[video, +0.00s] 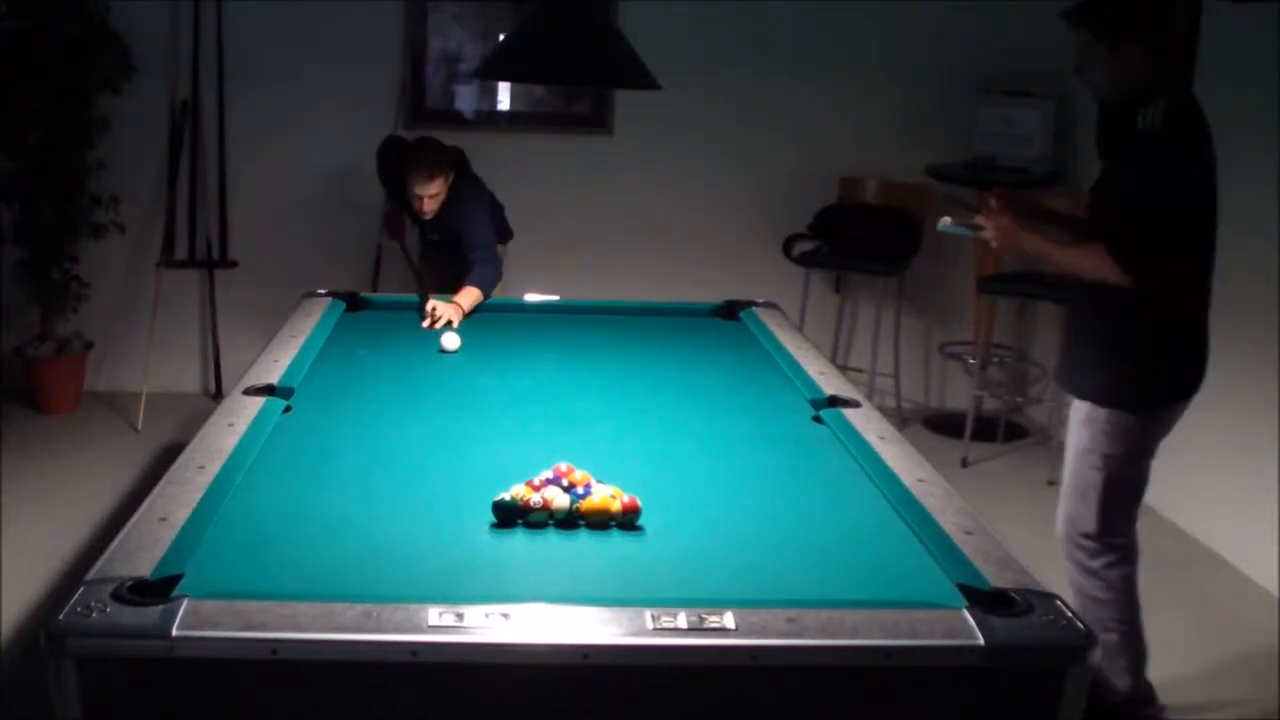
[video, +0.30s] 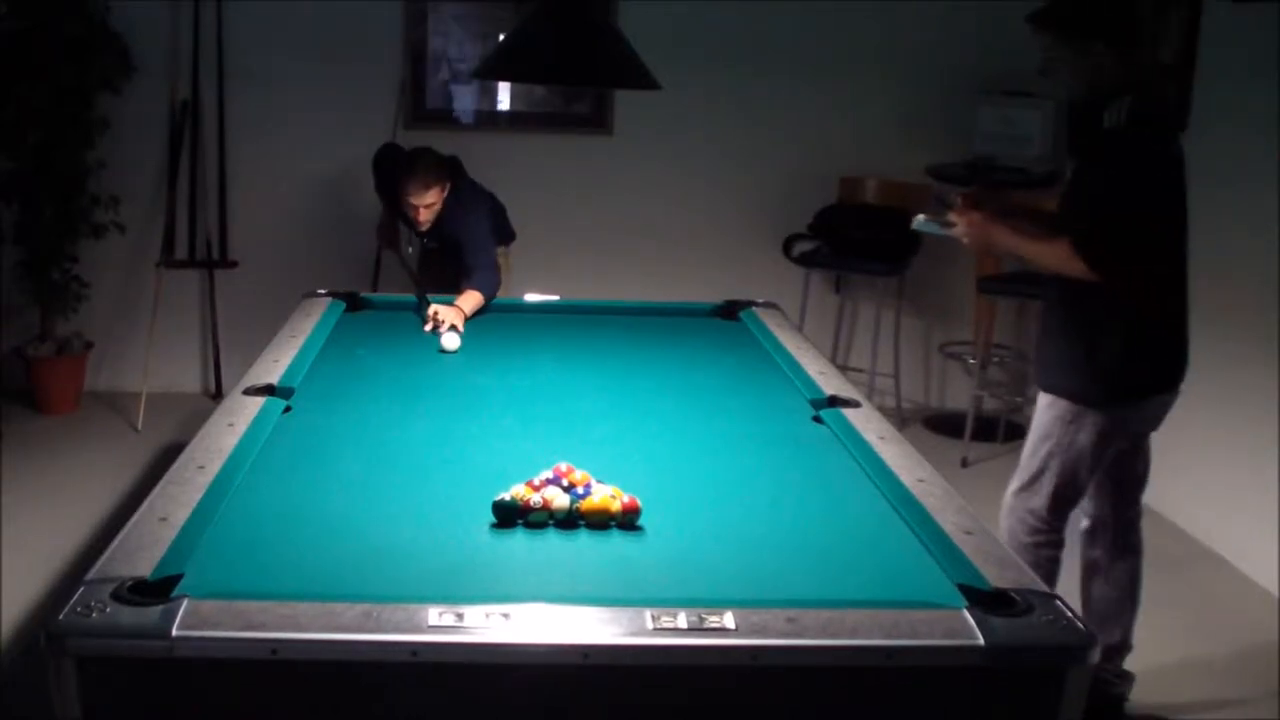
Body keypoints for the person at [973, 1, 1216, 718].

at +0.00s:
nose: (1081, 69)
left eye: (1091, 52)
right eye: (1082, 52)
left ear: (1128, 52)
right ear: (1144, 49)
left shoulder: (1156, 128)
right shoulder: (1153, 120)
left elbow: (1134, 264)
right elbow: (1119, 224)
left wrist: (1028, 245)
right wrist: (1034, 210)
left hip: (1126, 373)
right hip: (1131, 368)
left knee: (1092, 539)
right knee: (1095, 533)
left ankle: (1122, 695)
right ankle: (1111, 684)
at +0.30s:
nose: (1048, 70)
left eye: (1056, 55)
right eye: (1048, 56)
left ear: (1086, 56)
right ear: (1118, 52)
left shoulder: (1111, 126)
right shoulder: (1141, 122)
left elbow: (1096, 259)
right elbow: (1091, 218)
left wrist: (1000, 239)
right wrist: (1007, 206)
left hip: (1091, 374)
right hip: (1138, 370)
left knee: (1027, 520)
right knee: (1111, 525)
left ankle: (1014, 671)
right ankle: (1104, 668)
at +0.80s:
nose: (980, 74)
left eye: (988, 59)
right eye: (979, 60)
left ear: (1018, 56)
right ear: (1039, 52)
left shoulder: (1052, 122)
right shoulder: (1057, 113)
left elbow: (1031, 261)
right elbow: (1026, 218)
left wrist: (937, 240)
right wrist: (946, 204)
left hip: (1045, 358)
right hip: (1046, 350)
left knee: (1007, 515)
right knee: (999, 495)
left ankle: (1035, 645)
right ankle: (1031, 632)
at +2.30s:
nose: (1003, 68)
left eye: (1014, 54)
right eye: (1001, 54)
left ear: (1049, 52)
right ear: (1020, 54)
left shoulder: (1102, 128)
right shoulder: (1029, 126)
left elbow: (1101, 244)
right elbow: (1038, 226)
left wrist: (993, 239)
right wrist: (980, 224)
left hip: (1088, 355)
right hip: (1028, 346)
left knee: (1101, 506)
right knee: (1018, 493)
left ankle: (1144, 655)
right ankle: (1006, 628)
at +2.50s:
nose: (1069, 69)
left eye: (1082, 55)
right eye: (1068, 55)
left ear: (1122, 57)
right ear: (1077, 56)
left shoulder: (1179, 144)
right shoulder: (1075, 126)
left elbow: (1174, 261)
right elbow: (1068, 219)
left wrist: (1059, 252)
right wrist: (1019, 224)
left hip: (1138, 375)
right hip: (1061, 358)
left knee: (1158, 525)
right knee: (1035, 496)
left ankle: (1185, 674)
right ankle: (1011, 630)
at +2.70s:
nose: (1121, 75)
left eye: (1137, 60)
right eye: (1125, 60)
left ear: (1186, 64)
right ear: (1150, 70)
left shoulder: (1258, 156)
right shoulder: (1129, 146)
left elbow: (1263, 282)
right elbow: (1099, 241)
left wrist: (1149, 277)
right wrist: (1081, 251)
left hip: (1213, 391)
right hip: (1122, 375)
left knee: (1199, 547)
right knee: (1060, 505)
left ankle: (1191, 678)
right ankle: (1018, 634)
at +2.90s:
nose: (1228, 90)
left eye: (1242, 78)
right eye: (1220, 74)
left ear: (1266, 80)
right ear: (1205, 72)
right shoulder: (1174, 138)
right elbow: (1138, 248)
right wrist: (1154, 256)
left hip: (1262, 380)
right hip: (1167, 363)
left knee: (1232, 553)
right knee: (1111, 523)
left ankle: (1195, 681)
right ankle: (1094, 663)